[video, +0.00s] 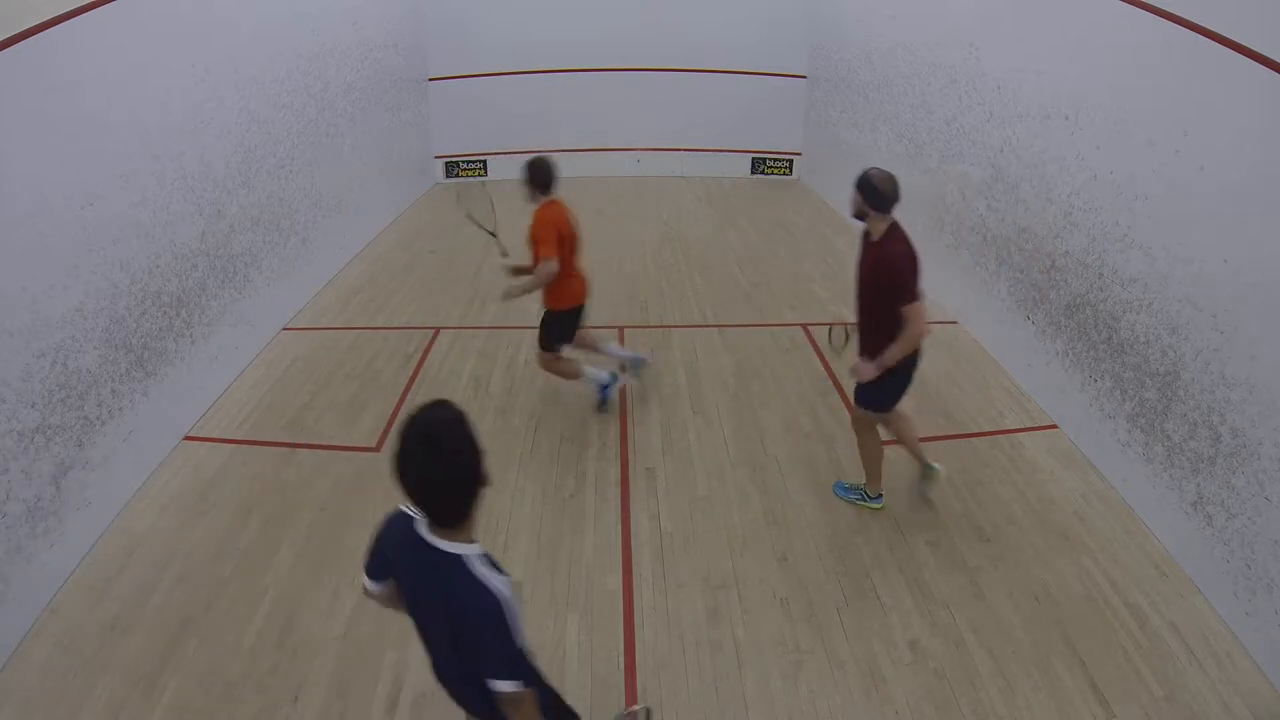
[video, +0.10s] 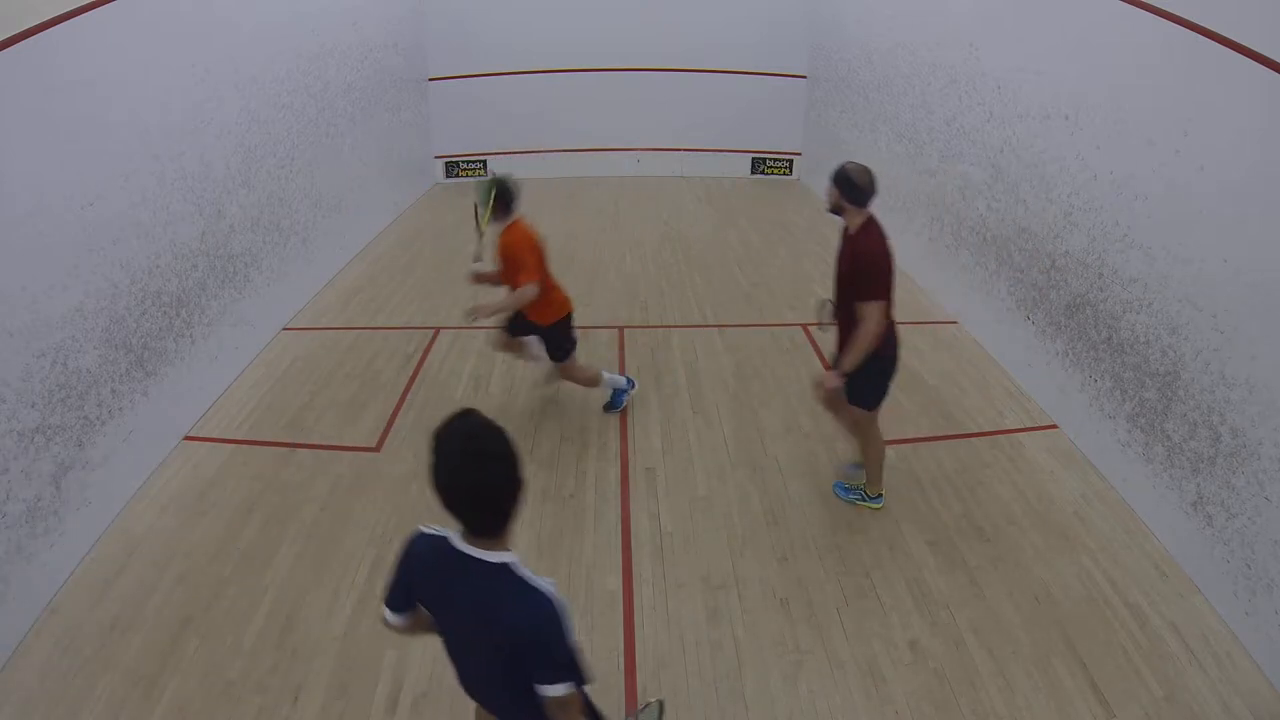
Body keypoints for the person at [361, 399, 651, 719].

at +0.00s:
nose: (484, 453)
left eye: (476, 446)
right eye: (478, 448)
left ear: (409, 477)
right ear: (480, 474)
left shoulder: (400, 526)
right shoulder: (484, 590)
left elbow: (376, 588)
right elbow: (513, 696)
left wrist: (431, 606)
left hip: (457, 682)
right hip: (510, 701)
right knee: (567, 712)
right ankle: (622, 717)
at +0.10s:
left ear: (441, 495)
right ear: (518, 489)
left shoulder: (424, 550)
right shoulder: (536, 605)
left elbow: (397, 619)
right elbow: (563, 705)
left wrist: (455, 621)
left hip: (482, 698)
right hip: (536, 709)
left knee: (490, 704)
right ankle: (638, 716)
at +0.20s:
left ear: (473, 503)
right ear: (551, 493)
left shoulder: (447, 563)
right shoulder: (578, 604)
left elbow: (420, 643)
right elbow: (605, 706)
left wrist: (477, 632)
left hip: (498, 708)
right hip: (564, 712)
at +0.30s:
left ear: (498, 506)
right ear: (577, 498)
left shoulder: (468, 578)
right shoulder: (606, 602)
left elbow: (440, 666)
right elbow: (639, 697)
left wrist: (494, 646)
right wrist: (653, 709)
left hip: (516, 711)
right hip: (594, 713)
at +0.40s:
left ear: (521, 519)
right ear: (600, 504)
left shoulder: (485, 591)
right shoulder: (631, 602)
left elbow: (459, 687)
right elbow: (661, 688)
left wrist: (493, 669)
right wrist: (674, 709)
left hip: (523, 712)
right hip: (606, 712)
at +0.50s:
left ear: (536, 524)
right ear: (621, 509)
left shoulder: (501, 604)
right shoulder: (647, 599)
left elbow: (478, 706)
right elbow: (675, 684)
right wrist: (684, 710)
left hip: (530, 712)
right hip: (614, 710)